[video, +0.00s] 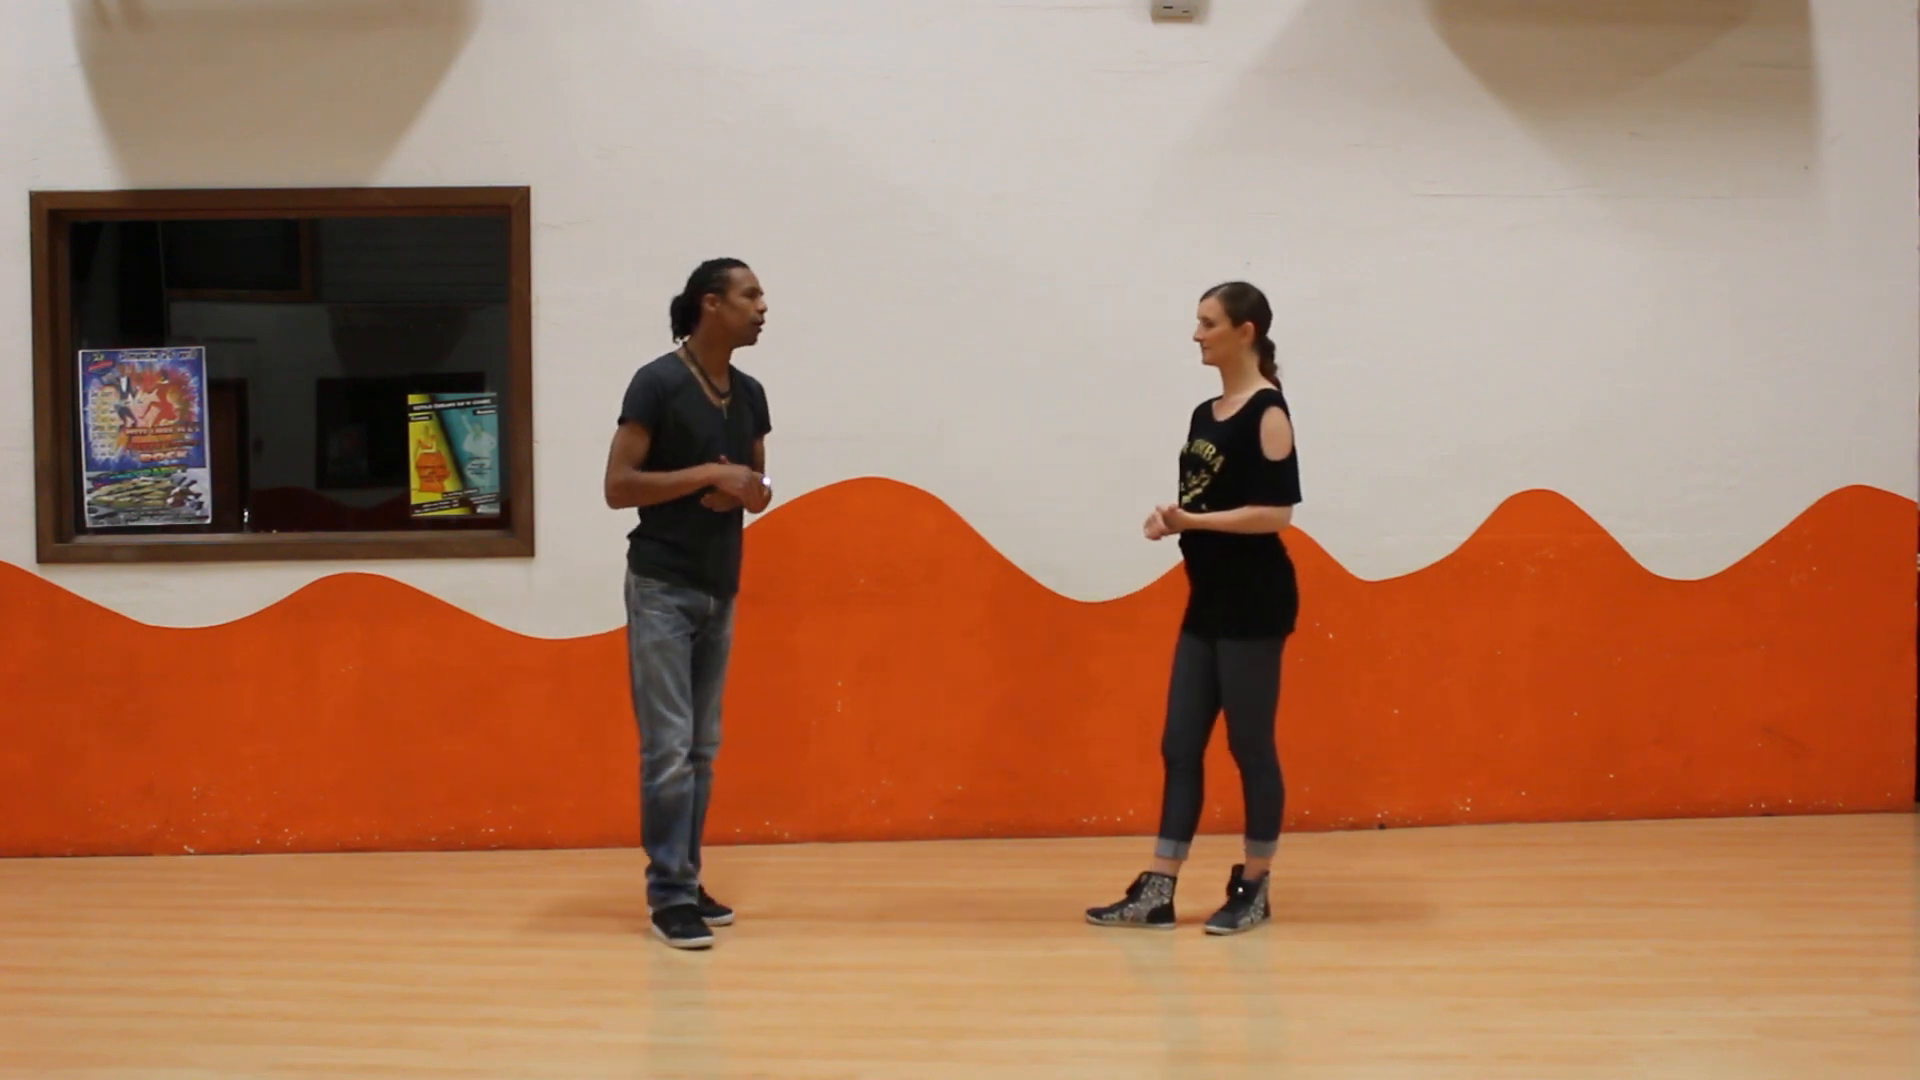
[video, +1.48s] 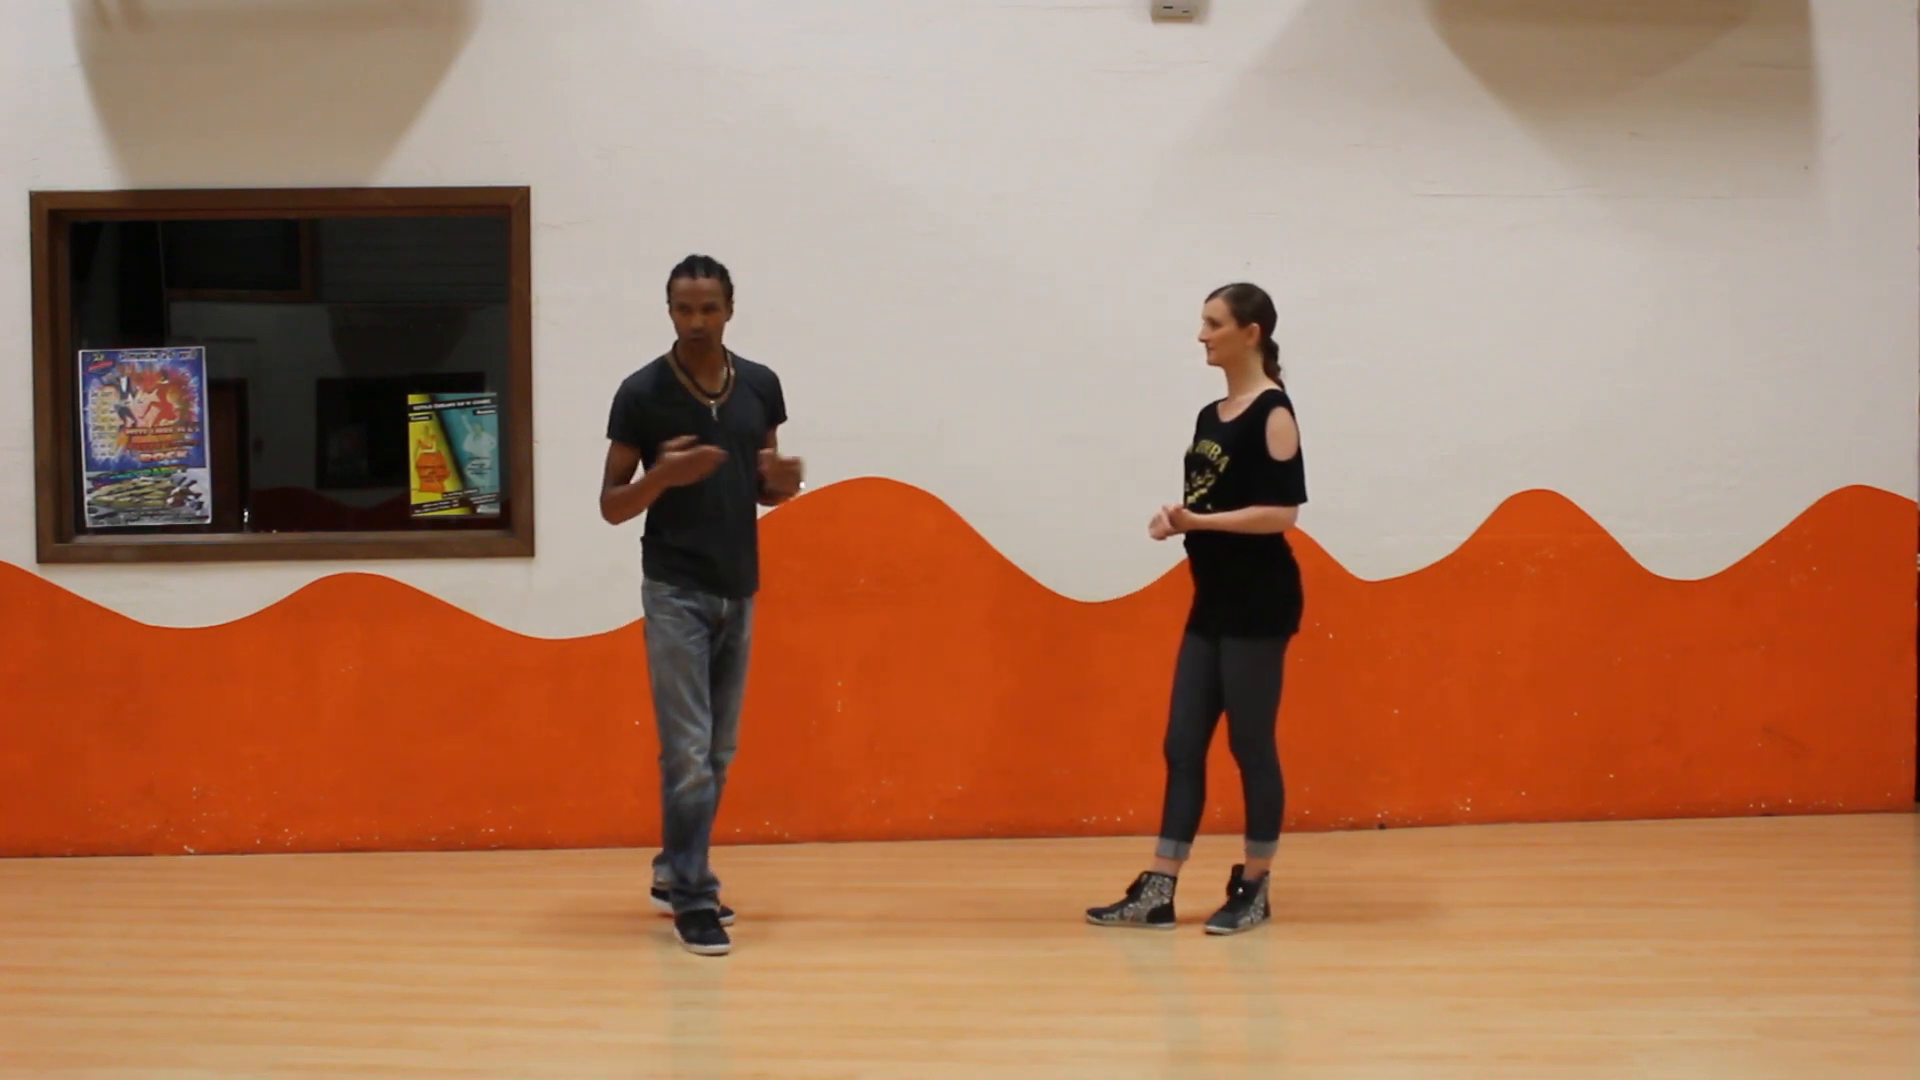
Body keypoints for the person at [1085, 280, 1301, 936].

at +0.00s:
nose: (1197, 335)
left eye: (1209, 325)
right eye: (1198, 324)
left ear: (1248, 331)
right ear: (1232, 332)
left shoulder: (1270, 414)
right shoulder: (1206, 412)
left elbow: (1276, 514)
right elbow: (1210, 502)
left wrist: (1193, 520)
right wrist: (1174, 516)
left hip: (1255, 603)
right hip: (1207, 598)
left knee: (1252, 745)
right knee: (1180, 745)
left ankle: (1253, 889)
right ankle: (1158, 889)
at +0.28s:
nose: (1198, 334)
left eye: (1210, 324)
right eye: (1200, 323)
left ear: (1249, 331)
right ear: (1235, 332)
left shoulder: (1270, 413)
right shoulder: (1206, 413)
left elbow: (1277, 513)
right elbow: (1210, 502)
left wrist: (1194, 520)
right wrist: (1175, 516)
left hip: (1256, 603)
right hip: (1209, 599)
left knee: (1252, 745)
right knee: (1182, 745)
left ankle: (1253, 889)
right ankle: (1158, 890)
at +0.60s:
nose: (1199, 334)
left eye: (1211, 324)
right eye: (1201, 323)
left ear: (1250, 331)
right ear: (1237, 332)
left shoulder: (1272, 413)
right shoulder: (1210, 412)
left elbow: (1278, 513)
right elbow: (1213, 502)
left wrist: (1194, 519)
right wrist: (1176, 515)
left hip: (1257, 604)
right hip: (1210, 599)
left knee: (1252, 745)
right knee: (1182, 745)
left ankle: (1253, 889)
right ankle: (1158, 890)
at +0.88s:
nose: (1200, 334)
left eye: (1212, 324)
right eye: (1202, 323)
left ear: (1251, 332)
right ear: (1238, 332)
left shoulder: (1273, 414)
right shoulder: (1211, 413)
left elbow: (1279, 514)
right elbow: (1215, 503)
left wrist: (1196, 520)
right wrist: (1177, 516)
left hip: (1258, 604)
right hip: (1211, 599)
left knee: (1253, 745)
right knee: (1182, 745)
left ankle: (1253, 889)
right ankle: (1158, 890)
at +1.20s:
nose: (1201, 335)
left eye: (1213, 325)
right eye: (1203, 324)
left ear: (1252, 333)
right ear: (1238, 333)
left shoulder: (1275, 415)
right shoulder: (1212, 413)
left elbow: (1281, 514)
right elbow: (1216, 503)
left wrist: (1197, 521)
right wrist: (1178, 516)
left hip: (1258, 604)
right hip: (1211, 599)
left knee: (1253, 745)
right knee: (1182, 746)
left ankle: (1252, 889)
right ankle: (1158, 890)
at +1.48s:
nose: (1202, 335)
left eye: (1214, 325)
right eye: (1203, 324)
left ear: (1253, 333)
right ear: (1237, 333)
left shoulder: (1275, 415)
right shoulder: (1211, 414)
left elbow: (1282, 514)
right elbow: (1216, 504)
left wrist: (1198, 521)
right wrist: (1179, 516)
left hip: (1259, 604)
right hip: (1212, 599)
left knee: (1253, 745)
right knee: (1183, 746)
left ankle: (1252, 890)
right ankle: (1158, 890)